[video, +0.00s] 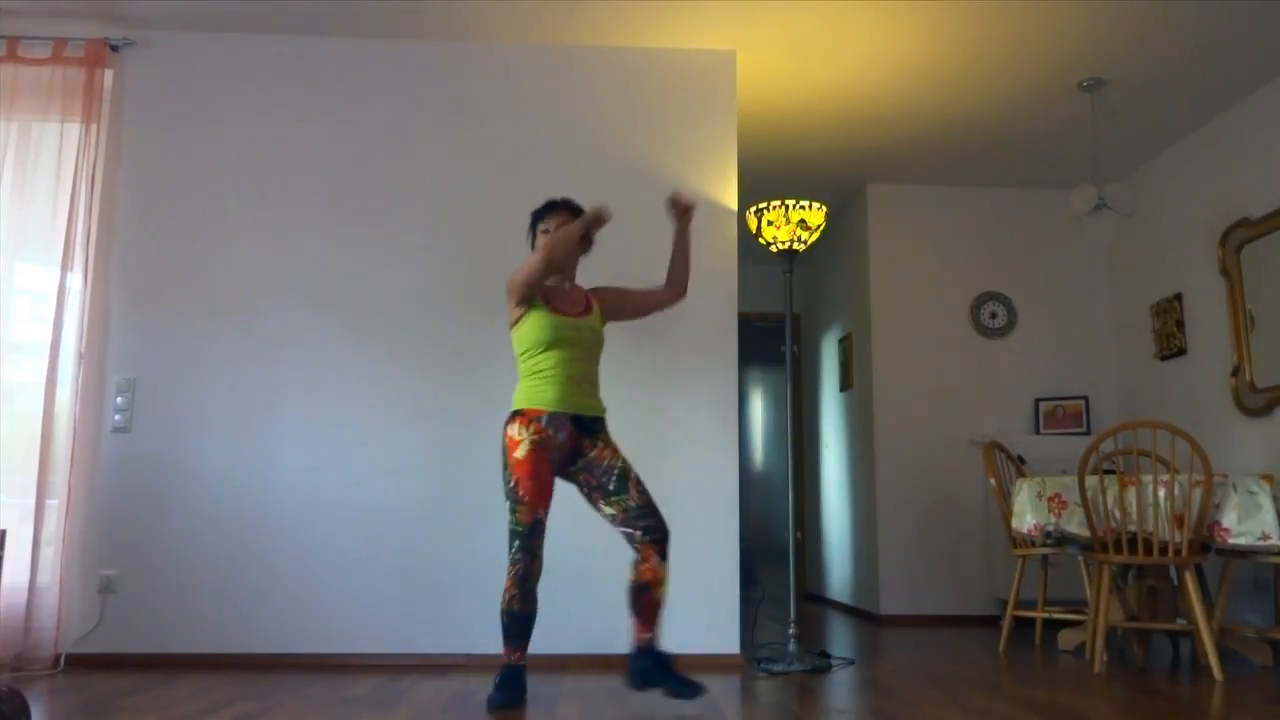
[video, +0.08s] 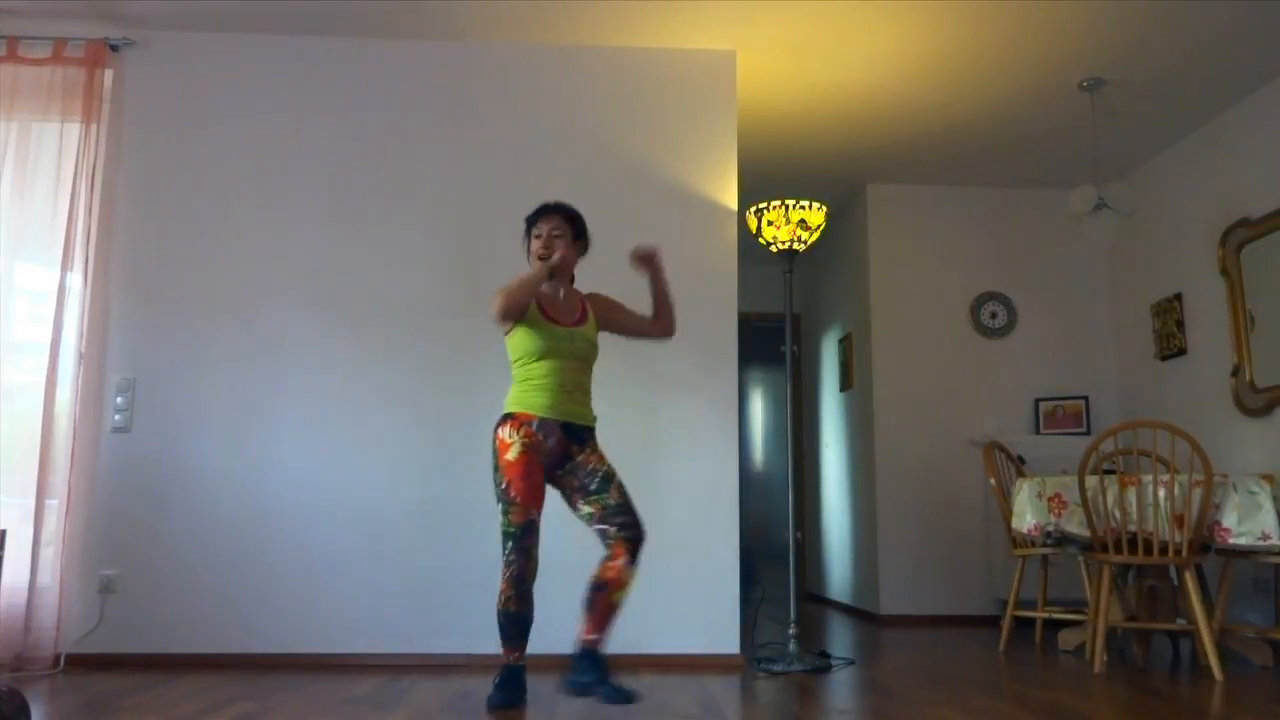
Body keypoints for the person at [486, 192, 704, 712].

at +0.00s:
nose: (559, 236)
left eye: (567, 230)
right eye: (550, 230)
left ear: (583, 244)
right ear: (534, 243)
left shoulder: (596, 300)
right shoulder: (523, 293)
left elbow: (672, 291)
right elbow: (547, 255)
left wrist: (681, 226)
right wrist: (587, 224)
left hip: (588, 434)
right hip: (532, 431)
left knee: (652, 533)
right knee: (526, 552)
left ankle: (645, 656)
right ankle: (513, 671)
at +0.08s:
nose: (546, 244)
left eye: (558, 236)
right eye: (538, 238)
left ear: (579, 247)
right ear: (528, 250)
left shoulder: (593, 305)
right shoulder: (522, 297)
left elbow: (662, 326)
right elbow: (503, 312)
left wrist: (656, 272)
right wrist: (542, 270)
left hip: (577, 441)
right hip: (523, 436)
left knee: (626, 536)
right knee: (520, 555)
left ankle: (586, 663)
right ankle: (512, 672)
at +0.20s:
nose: (538, 246)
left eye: (551, 239)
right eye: (532, 239)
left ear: (576, 251)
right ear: (523, 250)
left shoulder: (595, 310)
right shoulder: (512, 305)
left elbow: (613, 373)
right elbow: (470, 381)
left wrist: (630, 364)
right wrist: (516, 347)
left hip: (572, 444)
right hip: (517, 438)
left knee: (570, 557)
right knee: (510, 556)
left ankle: (502, 670)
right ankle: (510, 675)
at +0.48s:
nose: (558, 224)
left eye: (569, 216)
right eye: (553, 218)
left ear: (598, 227)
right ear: (547, 228)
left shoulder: (612, 291)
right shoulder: (531, 277)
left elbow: (614, 354)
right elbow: (470, 329)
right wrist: (468, 284)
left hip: (580, 421)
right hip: (522, 415)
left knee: (593, 538)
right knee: (511, 541)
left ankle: (569, 662)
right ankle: (511, 666)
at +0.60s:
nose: (578, 213)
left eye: (589, 204)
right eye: (572, 205)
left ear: (615, 211)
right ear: (568, 213)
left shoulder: (634, 268)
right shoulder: (557, 261)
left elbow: (618, 252)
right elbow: (481, 263)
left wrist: (599, 186)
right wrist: (477, 205)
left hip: (592, 403)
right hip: (533, 396)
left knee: (625, 528)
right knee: (515, 528)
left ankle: (655, 648)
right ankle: (503, 657)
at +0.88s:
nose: (607, 242)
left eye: (615, 231)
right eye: (602, 234)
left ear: (650, 230)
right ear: (605, 241)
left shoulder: (681, 281)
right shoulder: (609, 289)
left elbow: (676, 215)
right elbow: (537, 277)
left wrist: (634, 149)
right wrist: (534, 211)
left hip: (665, 429)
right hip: (607, 426)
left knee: (679, 553)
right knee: (555, 531)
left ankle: (701, 671)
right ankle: (557, 655)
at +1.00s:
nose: (617, 253)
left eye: (626, 242)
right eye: (612, 244)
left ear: (657, 244)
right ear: (614, 250)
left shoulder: (688, 290)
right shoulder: (617, 302)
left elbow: (712, 301)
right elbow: (558, 343)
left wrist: (673, 241)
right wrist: (567, 291)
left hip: (688, 439)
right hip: (632, 440)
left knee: (691, 564)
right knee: (590, 536)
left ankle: (703, 676)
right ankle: (642, 662)